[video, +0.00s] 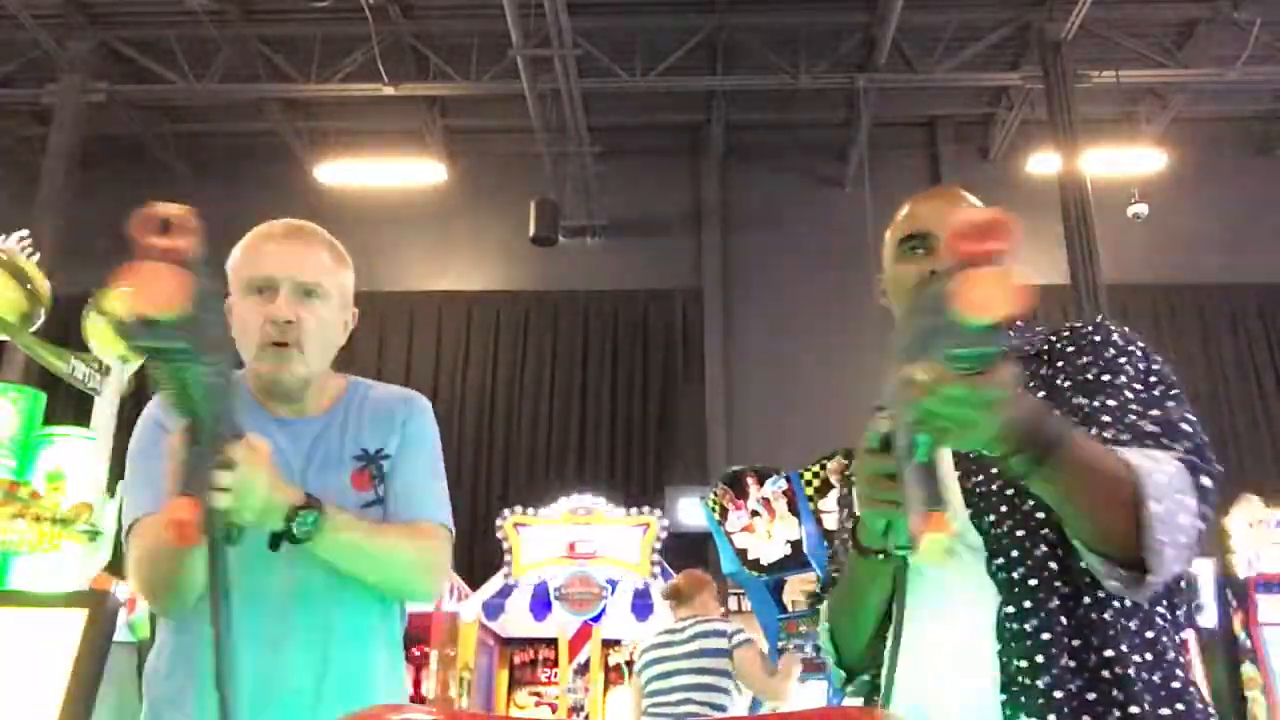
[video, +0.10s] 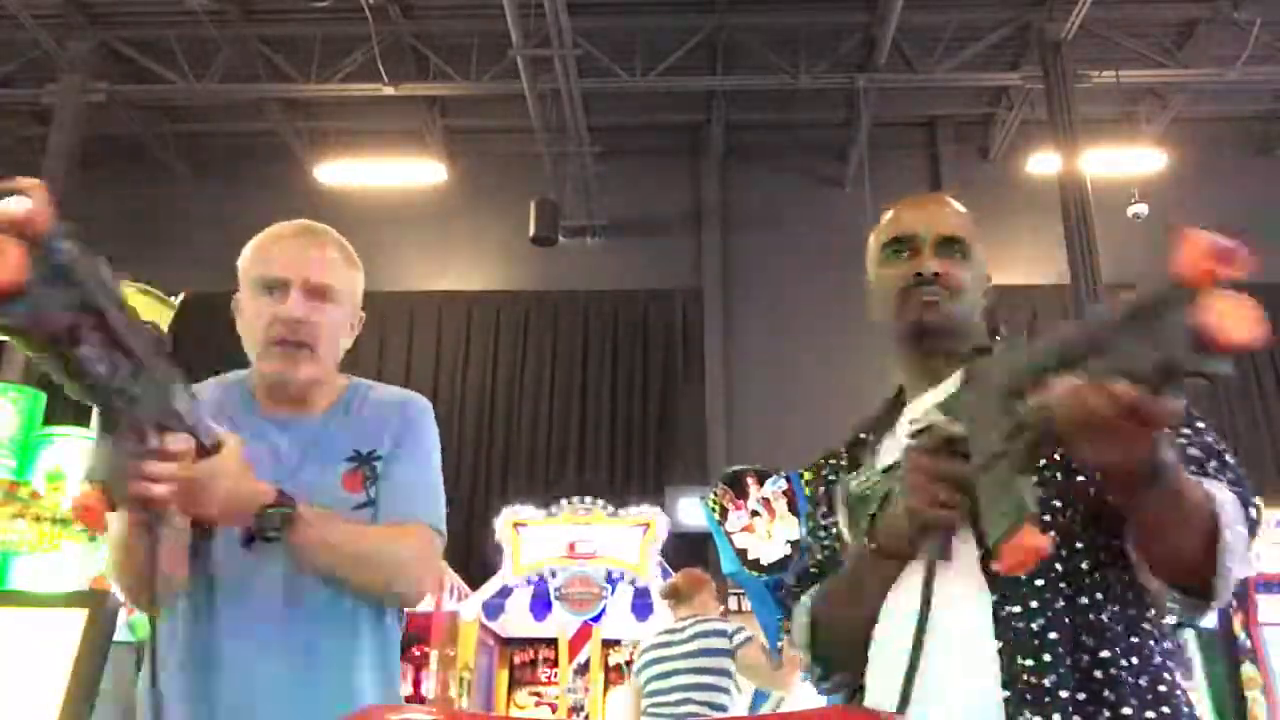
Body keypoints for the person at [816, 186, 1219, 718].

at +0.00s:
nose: (945, 266)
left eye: (973, 245)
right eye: (916, 247)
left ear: (1004, 268)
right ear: (884, 288)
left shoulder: (1090, 356)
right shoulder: (894, 426)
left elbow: (1167, 534)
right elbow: (852, 654)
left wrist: (1030, 437)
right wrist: (873, 538)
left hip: (1108, 697)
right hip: (935, 704)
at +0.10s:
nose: (926, 265)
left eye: (951, 250)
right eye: (899, 251)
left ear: (986, 283)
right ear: (872, 290)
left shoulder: (1095, 396)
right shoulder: (847, 470)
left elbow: (1216, 571)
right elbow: (823, 653)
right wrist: (896, 535)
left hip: (1109, 703)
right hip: (927, 707)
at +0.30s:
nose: (912, 270)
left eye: (937, 254)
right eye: (884, 253)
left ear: (972, 286)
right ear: (853, 293)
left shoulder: (1092, 414)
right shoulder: (829, 476)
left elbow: (1186, 572)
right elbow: (803, 664)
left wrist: (1074, 475)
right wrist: (859, 554)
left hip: (1081, 701)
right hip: (901, 704)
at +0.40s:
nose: (907, 276)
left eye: (930, 255)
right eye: (880, 263)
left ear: (967, 280)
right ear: (856, 290)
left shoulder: (1054, 357)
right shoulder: (869, 421)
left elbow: (1109, 539)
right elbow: (818, 665)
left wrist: (955, 448)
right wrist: (838, 554)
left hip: (1077, 696)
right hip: (915, 700)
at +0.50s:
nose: (894, 276)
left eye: (922, 257)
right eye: (871, 264)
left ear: (974, 281)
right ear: (854, 299)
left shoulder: (1047, 346)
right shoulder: (884, 445)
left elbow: (1046, 518)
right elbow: (845, 666)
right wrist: (825, 535)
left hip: (1050, 699)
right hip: (900, 702)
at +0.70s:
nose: (905, 274)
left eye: (931, 254)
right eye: (882, 263)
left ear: (984, 278)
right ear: (865, 297)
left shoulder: (1058, 343)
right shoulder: (895, 445)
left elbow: (1073, 511)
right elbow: (864, 665)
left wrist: (874, 455)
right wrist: (827, 551)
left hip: (1066, 701)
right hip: (925, 707)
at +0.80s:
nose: (925, 268)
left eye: (946, 248)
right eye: (900, 254)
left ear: (987, 278)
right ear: (878, 282)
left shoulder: (1078, 352)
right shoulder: (874, 413)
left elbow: (1128, 528)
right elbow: (840, 660)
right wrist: (851, 534)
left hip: (1093, 696)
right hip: (921, 701)